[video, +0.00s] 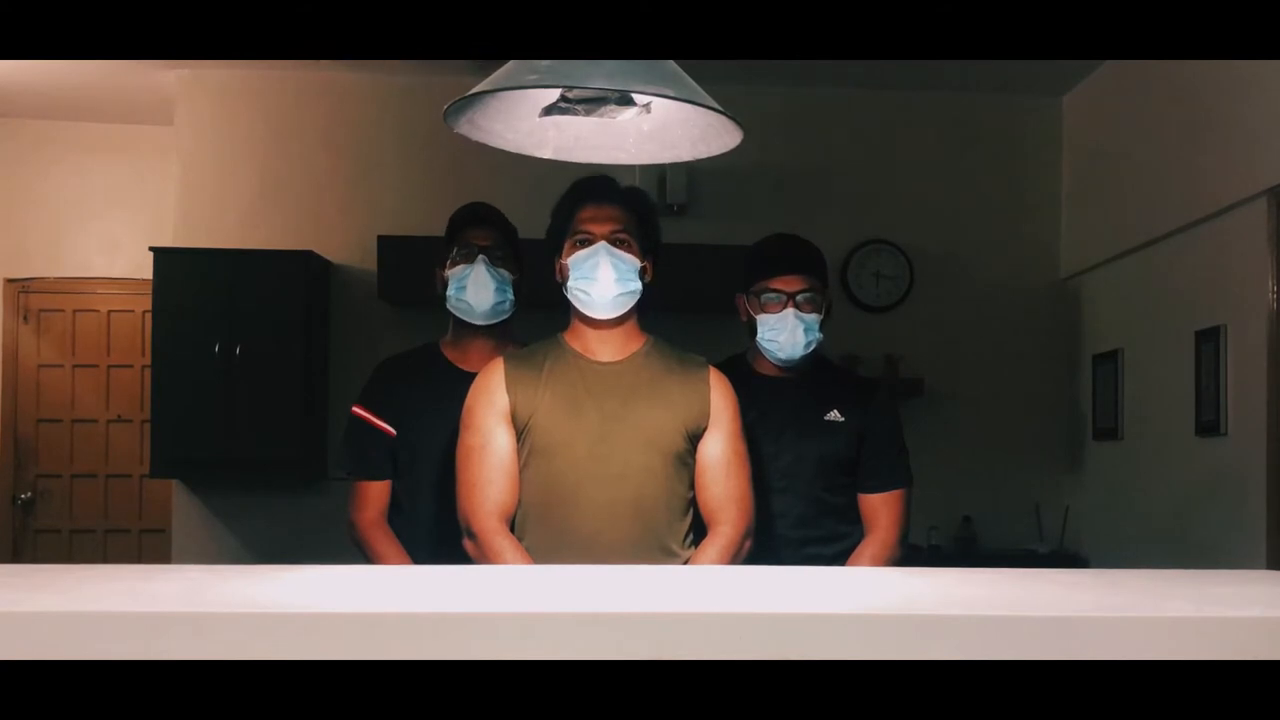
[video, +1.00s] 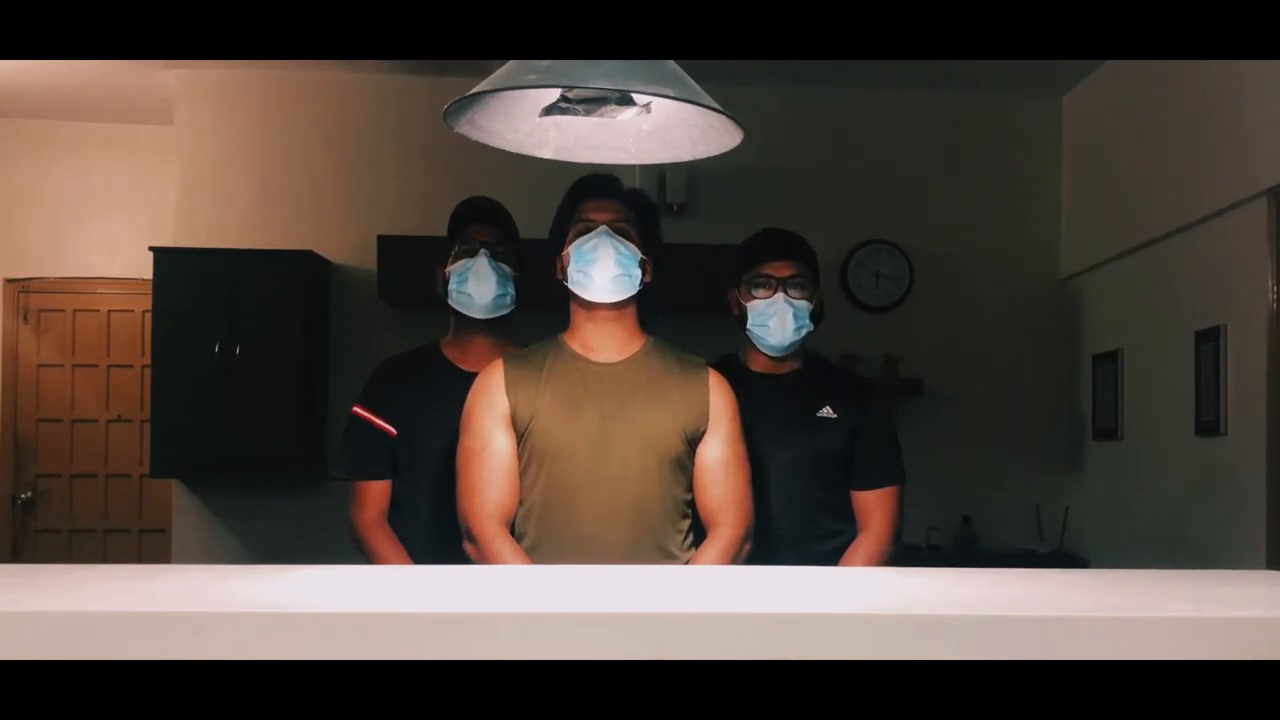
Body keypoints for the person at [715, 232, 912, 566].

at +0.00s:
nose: (790, 315)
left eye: (807, 301)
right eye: (772, 300)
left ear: (824, 307)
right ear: (745, 307)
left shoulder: (862, 400)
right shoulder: (709, 393)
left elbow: (884, 536)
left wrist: (831, 611)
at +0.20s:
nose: (789, 312)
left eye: (806, 298)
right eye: (771, 297)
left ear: (823, 305)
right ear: (745, 306)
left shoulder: (862, 400)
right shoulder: (708, 393)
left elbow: (884, 537)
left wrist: (830, 611)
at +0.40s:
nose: (788, 309)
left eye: (804, 295)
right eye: (771, 294)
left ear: (822, 305)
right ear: (744, 304)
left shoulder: (861, 400)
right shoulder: (708, 393)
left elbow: (883, 537)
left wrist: (830, 611)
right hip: (734, 596)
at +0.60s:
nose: (787, 306)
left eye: (803, 292)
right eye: (769, 291)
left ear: (821, 304)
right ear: (743, 303)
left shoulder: (861, 400)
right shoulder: (708, 394)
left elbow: (883, 537)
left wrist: (829, 611)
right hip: (734, 597)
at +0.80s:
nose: (786, 304)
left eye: (802, 290)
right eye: (768, 289)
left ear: (821, 303)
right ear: (742, 303)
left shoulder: (860, 400)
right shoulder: (707, 394)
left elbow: (882, 536)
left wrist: (829, 611)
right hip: (732, 597)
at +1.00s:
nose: (780, 301)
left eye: (796, 287)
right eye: (762, 287)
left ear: (816, 300)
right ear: (737, 300)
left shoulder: (854, 397)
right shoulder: (705, 391)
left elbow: (877, 532)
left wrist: (825, 612)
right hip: (728, 597)